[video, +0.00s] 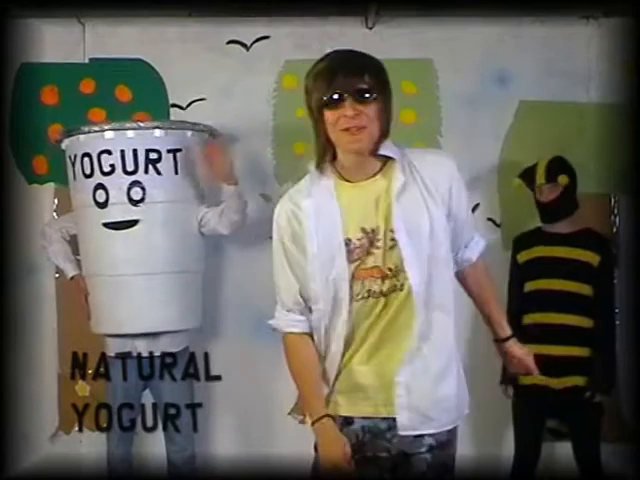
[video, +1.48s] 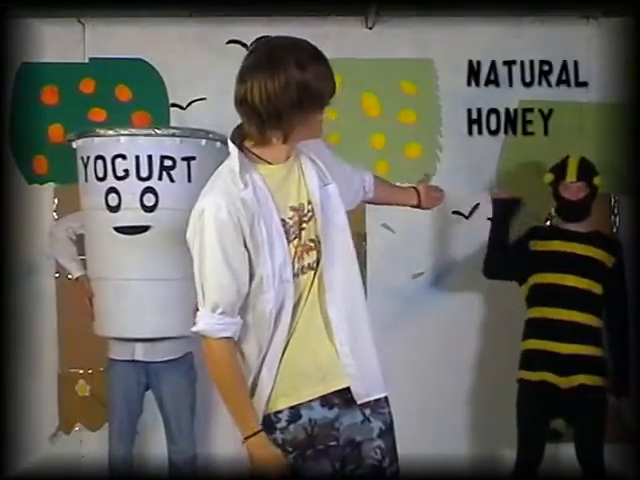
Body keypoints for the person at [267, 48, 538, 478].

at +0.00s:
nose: (350, 112)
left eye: (364, 97)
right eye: (334, 101)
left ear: (385, 107)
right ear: (319, 116)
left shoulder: (436, 174)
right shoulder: (296, 209)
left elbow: (469, 261)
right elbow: (295, 325)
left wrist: (506, 339)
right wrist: (321, 424)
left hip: (427, 417)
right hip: (343, 421)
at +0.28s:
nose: (366, 108)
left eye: (379, 93)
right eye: (348, 97)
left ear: (397, 103)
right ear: (328, 112)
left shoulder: (442, 174)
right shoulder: (300, 206)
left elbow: (476, 262)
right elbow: (296, 331)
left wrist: (520, 346)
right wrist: (338, 431)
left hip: (429, 422)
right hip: (342, 426)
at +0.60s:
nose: (399, 117)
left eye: (398, 106)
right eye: (393, 107)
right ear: (359, 109)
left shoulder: (378, 163)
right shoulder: (274, 202)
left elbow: (431, 205)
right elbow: (266, 342)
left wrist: (507, 238)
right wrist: (303, 441)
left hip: (395, 406)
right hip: (321, 423)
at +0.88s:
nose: (350, 113)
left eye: (349, 104)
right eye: (346, 106)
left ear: (288, 101)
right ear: (325, 108)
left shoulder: (339, 162)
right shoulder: (240, 199)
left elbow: (382, 180)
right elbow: (223, 336)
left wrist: (427, 189)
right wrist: (243, 441)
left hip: (372, 407)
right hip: (294, 420)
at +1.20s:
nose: (326, 112)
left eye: (325, 103)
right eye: (323, 104)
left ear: (259, 101)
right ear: (305, 108)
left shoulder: (315, 160)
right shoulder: (225, 204)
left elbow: (359, 185)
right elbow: (218, 338)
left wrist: (406, 193)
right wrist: (249, 439)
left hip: (365, 399)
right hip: (291, 417)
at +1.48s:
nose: (325, 114)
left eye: (324, 104)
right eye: (320, 105)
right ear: (287, 110)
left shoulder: (316, 159)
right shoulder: (222, 204)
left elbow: (363, 187)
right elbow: (216, 336)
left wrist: (414, 196)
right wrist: (253, 437)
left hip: (364, 398)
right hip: (287, 416)